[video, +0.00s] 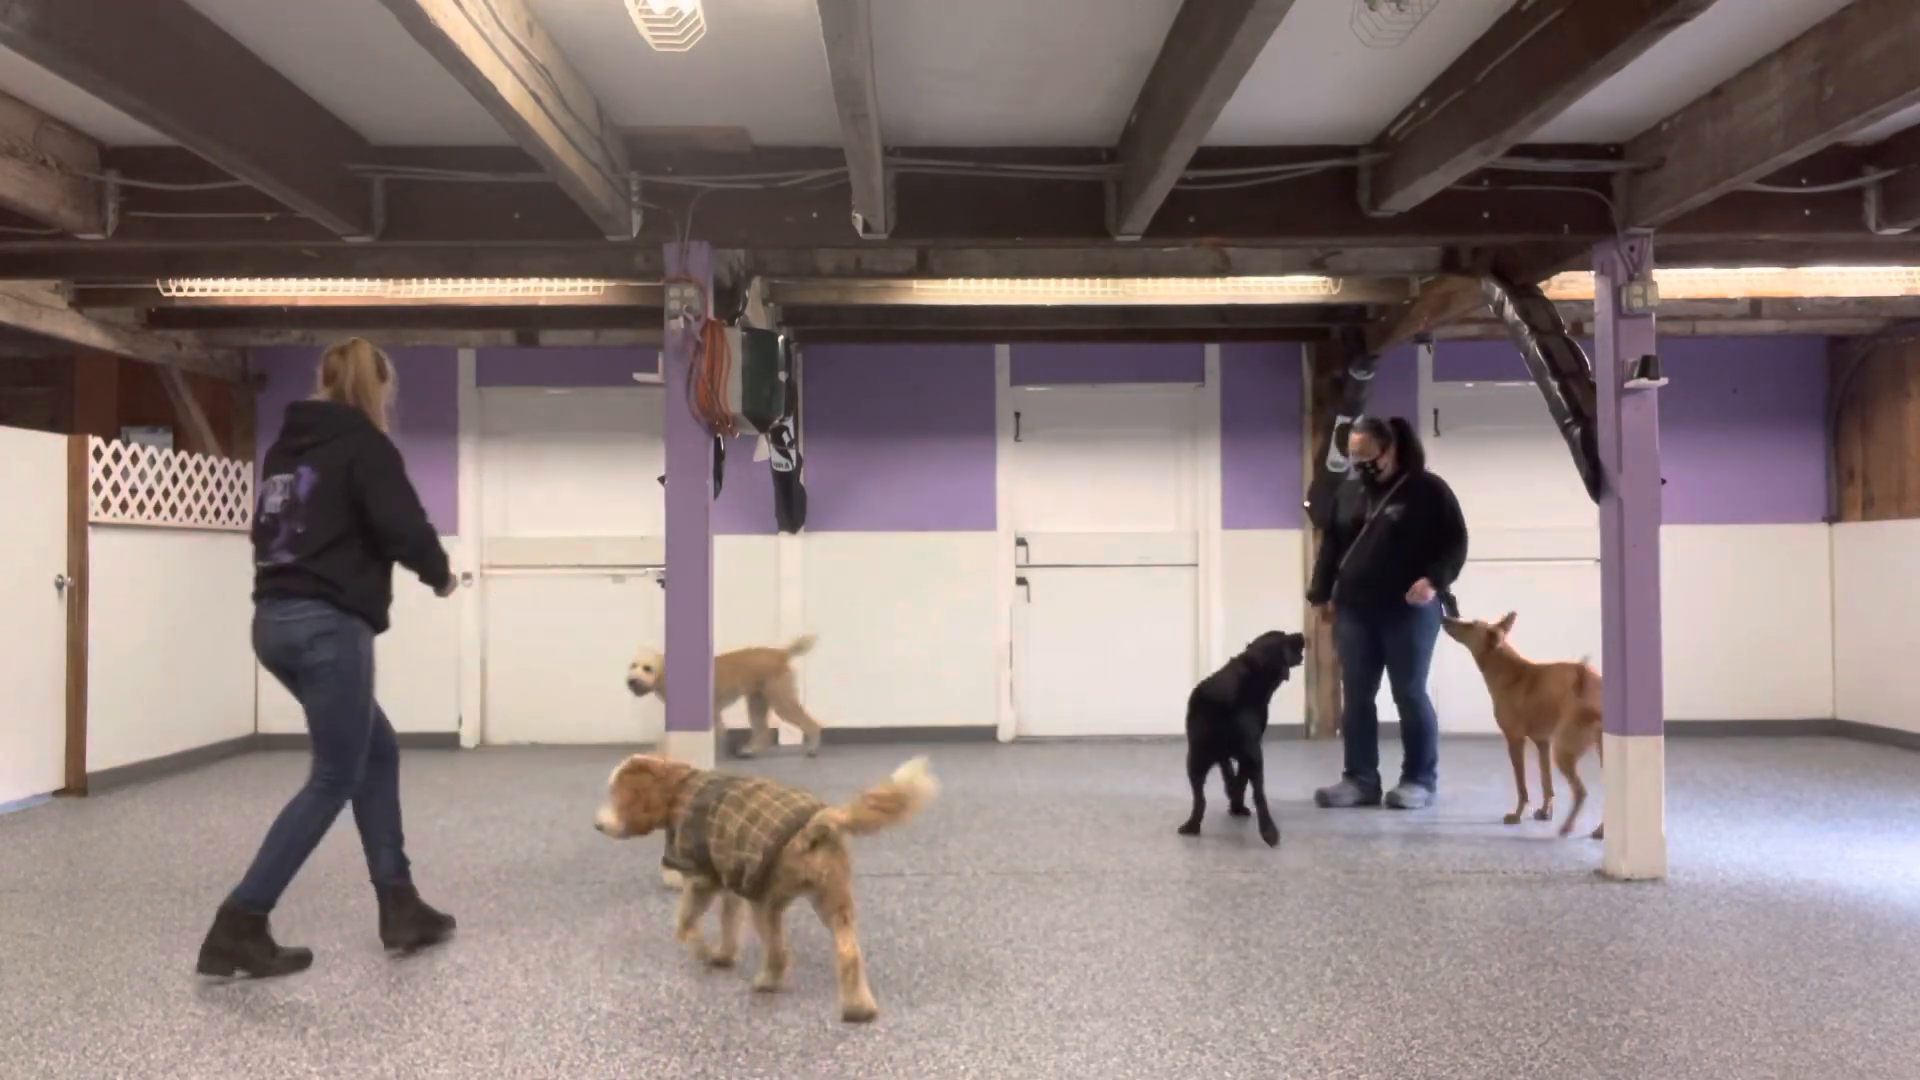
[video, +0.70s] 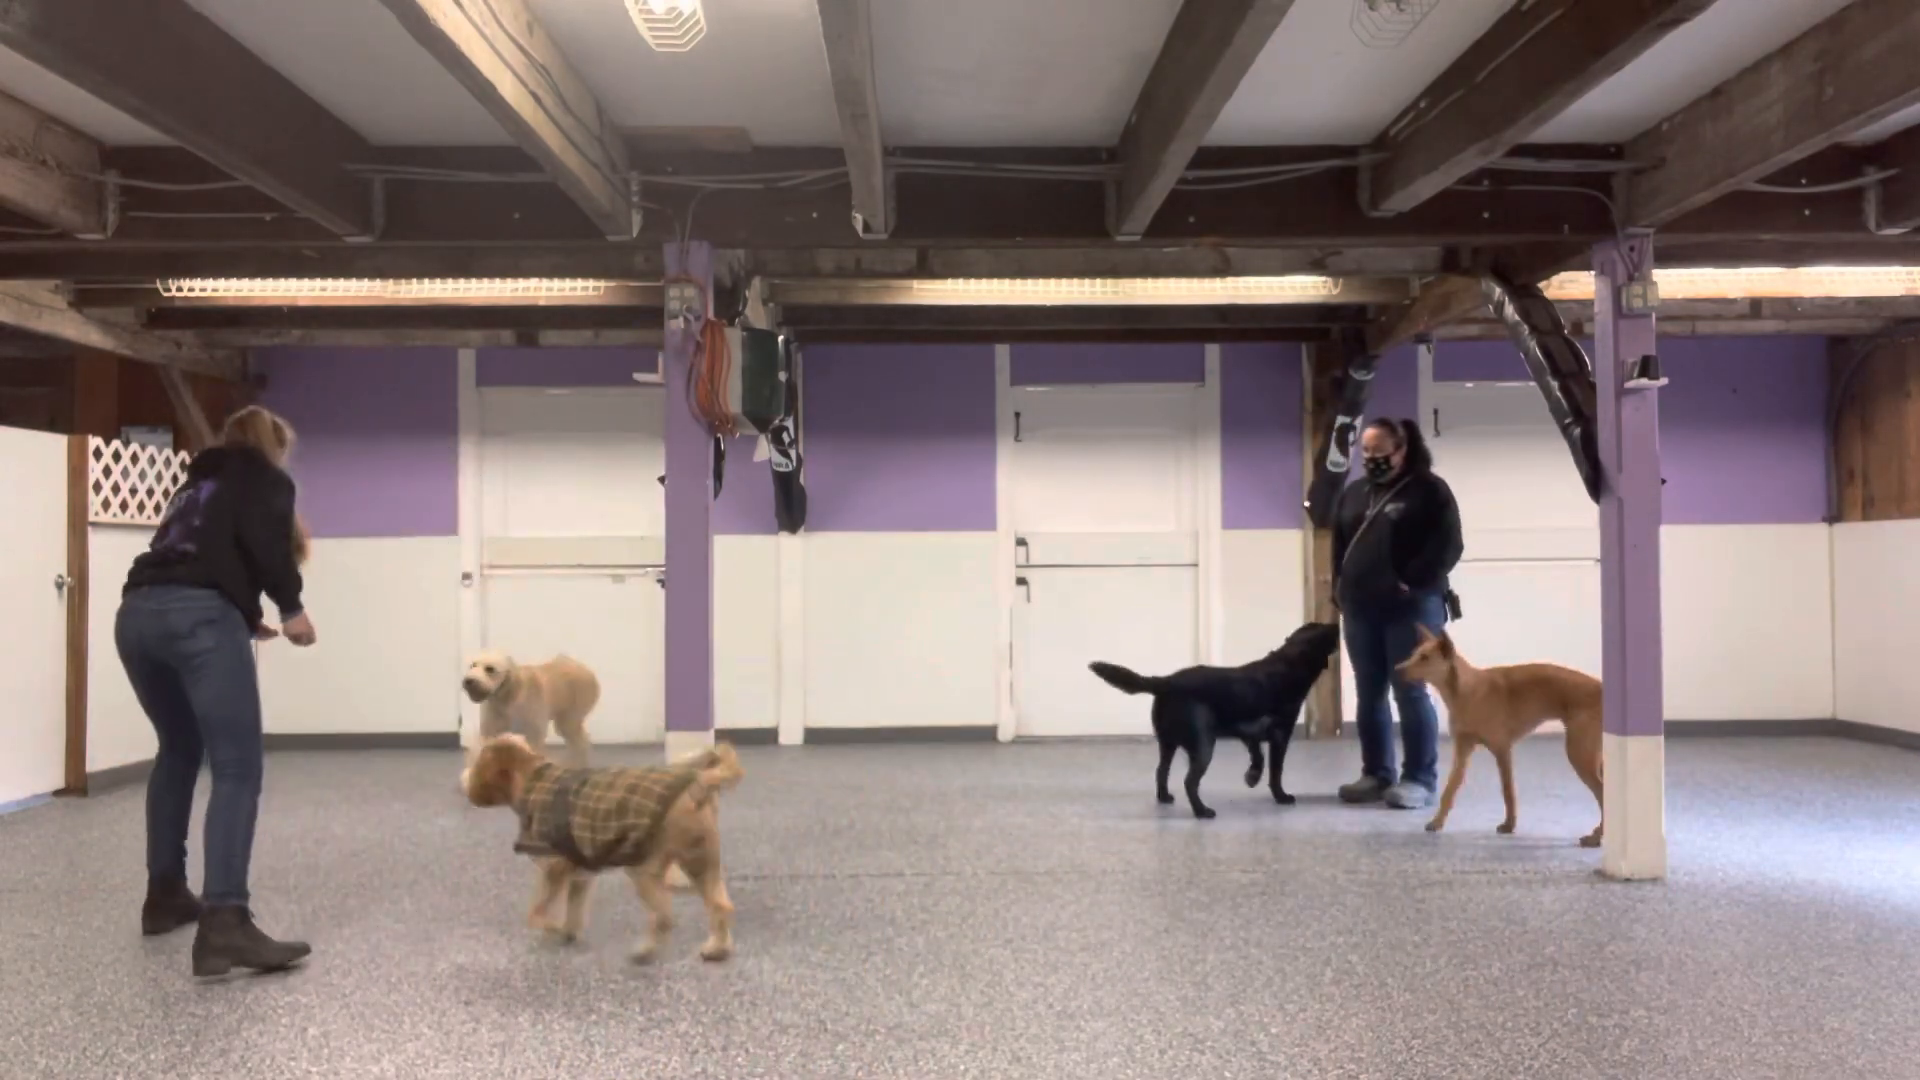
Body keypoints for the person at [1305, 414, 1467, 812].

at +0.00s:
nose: (1367, 468)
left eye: (1372, 459)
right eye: (1361, 461)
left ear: (1393, 448)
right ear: (1354, 457)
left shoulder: (1428, 489)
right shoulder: (1353, 489)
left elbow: (1456, 541)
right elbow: (1334, 542)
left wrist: (1434, 580)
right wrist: (1322, 593)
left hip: (1410, 606)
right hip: (1356, 608)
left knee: (1409, 694)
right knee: (1357, 697)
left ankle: (1419, 782)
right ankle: (1361, 780)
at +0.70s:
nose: (1372, 461)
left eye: (1379, 453)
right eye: (1367, 454)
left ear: (1402, 449)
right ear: (1360, 454)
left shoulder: (1430, 490)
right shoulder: (1355, 492)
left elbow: (1450, 545)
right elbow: (1342, 542)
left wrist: (1415, 584)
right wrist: (1340, 586)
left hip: (1411, 602)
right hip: (1361, 603)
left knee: (1411, 690)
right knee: (1370, 693)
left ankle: (1419, 782)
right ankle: (1378, 774)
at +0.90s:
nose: (1370, 461)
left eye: (1377, 453)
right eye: (1364, 454)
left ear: (1399, 449)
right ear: (1359, 455)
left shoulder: (1428, 488)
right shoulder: (1356, 491)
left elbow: (1448, 543)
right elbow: (1322, 512)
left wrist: (1412, 582)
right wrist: (1333, 465)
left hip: (1412, 602)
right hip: (1357, 602)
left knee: (1410, 691)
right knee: (1368, 692)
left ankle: (1419, 781)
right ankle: (1378, 773)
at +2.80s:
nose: (1361, 462)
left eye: (1370, 455)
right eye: (1357, 454)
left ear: (1391, 457)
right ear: (1351, 456)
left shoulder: (1417, 499)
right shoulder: (1344, 495)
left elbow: (1438, 553)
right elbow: (1332, 541)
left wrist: (1427, 593)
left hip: (1399, 608)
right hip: (1348, 609)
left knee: (1384, 684)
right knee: (1359, 692)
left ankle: (1409, 773)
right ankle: (1374, 775)